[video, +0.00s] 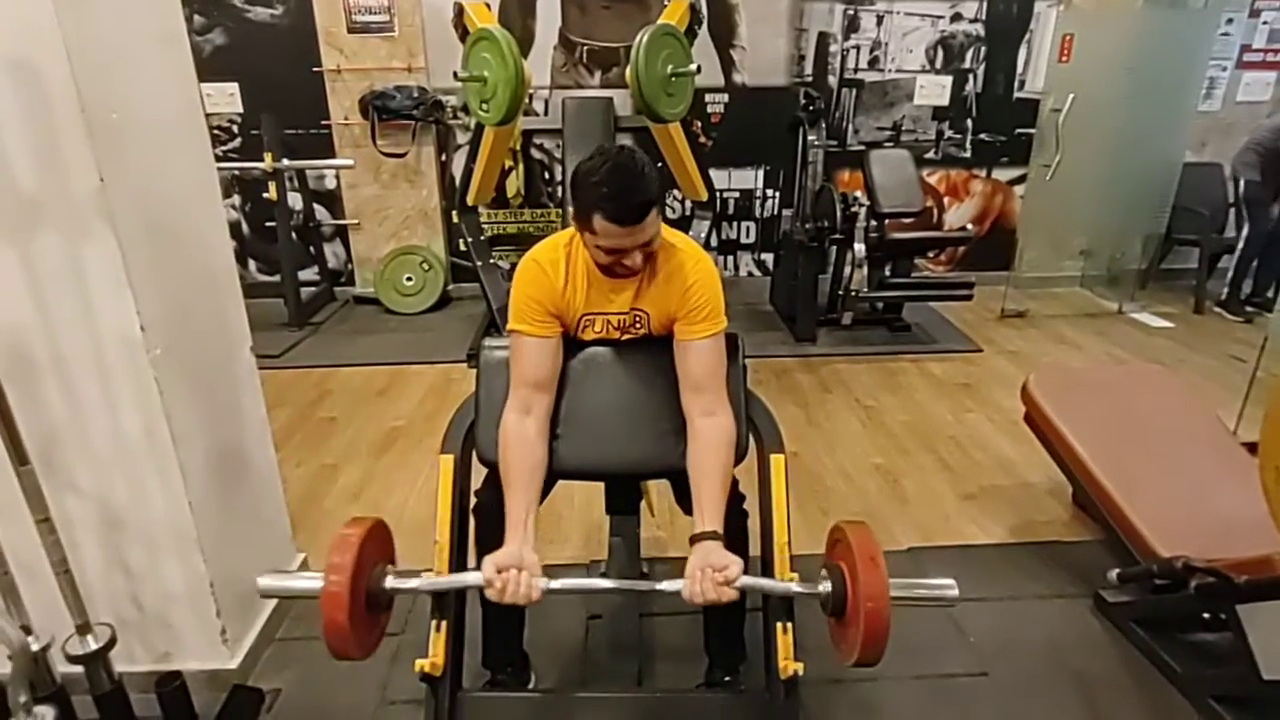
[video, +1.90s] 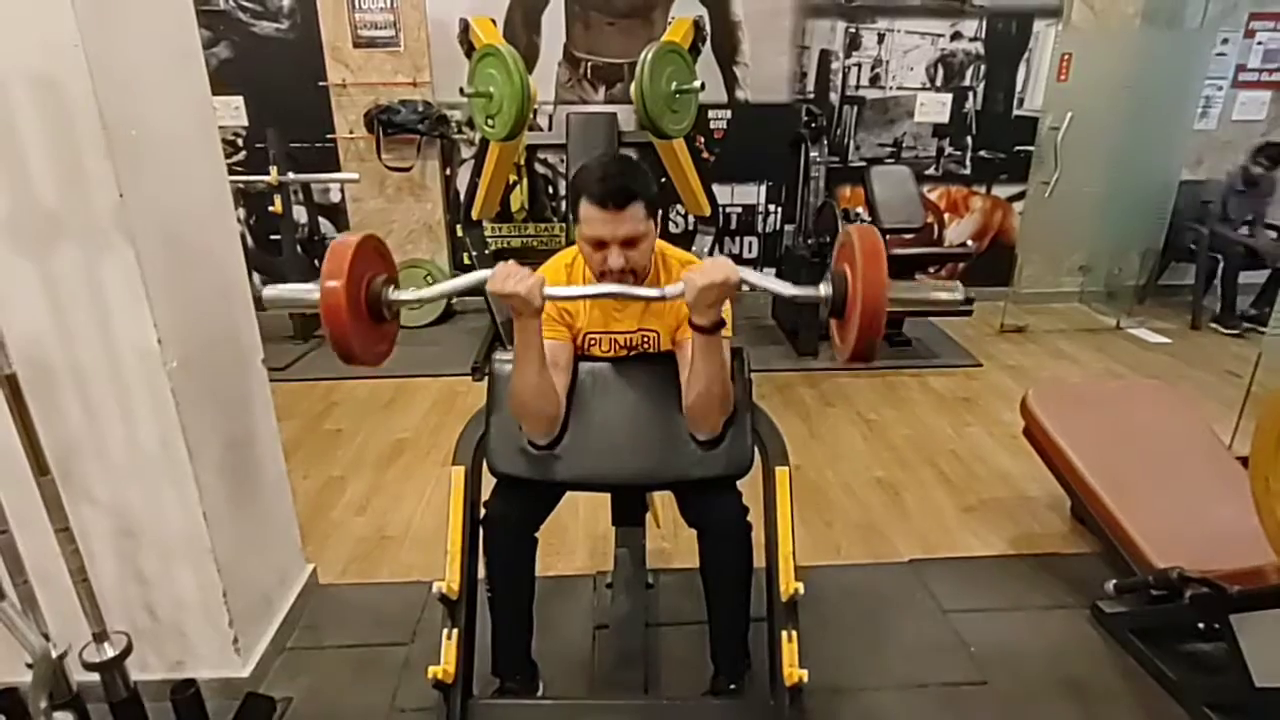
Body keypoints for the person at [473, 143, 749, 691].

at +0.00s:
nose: (633, 261)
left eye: (645, 244)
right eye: (612, 251)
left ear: (658, 216)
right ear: (579, 226)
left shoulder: (691, 272)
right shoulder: (541, 273)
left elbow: (708, 410)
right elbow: (527, 407)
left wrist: (709, 537)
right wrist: (518, 540)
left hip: (662, 410)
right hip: (567, 409)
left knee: (728, 509)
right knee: (491, 510)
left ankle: (726, 671)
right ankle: (506, 671)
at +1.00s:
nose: (629, 268)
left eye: (643, 252)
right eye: (612, 255)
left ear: (662, 223)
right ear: (585, 229)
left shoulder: (696, 274)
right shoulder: (551, 274)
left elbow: (711, 383)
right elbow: (535, 394)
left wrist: (716, 460)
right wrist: (513, 468)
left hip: (670, 424)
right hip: (573, 426)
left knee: (724, 489)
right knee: (502, 489)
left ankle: (730, 669)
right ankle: (513, 670)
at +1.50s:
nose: (614, 280)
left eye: (629, 266)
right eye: (598, 266)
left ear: (654, 236)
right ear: (578, 237)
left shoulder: (697, 279)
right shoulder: (550, 281)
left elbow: (710, 429)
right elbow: (539, 433)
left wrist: (712, 390)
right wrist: (517, 387)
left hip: (669, 422)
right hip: (576, 421)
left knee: (726, 518)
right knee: (504, 517)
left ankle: (731, 675)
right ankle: (515, 679)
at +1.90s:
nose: (615, 261)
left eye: (630, 243)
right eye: (597, 245)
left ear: (655, 224)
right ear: (577, 231)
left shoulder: (690, 277)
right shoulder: (555, 281)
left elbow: (708, 427)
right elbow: (540, 431)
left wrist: (706, 322)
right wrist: (525, 321)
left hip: (668, 418)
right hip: (576, 418)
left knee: (724, 515)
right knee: (505, 519)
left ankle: (730, 680)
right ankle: (515, 680)